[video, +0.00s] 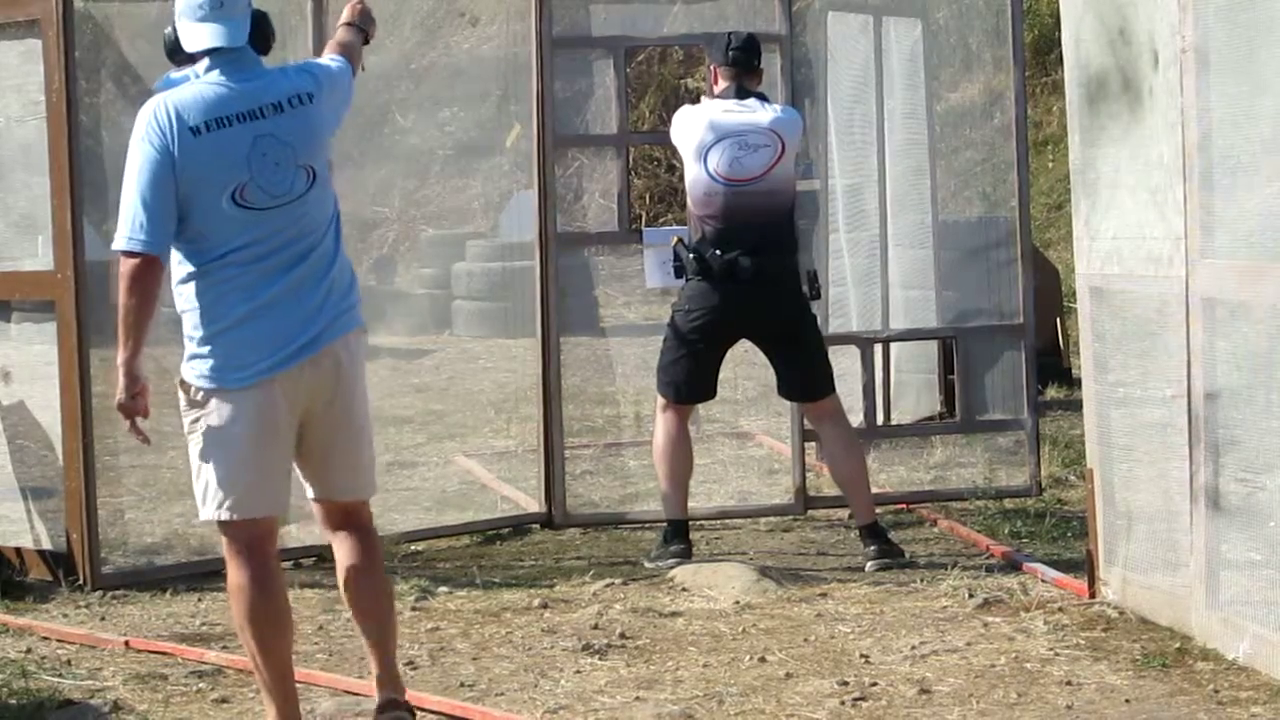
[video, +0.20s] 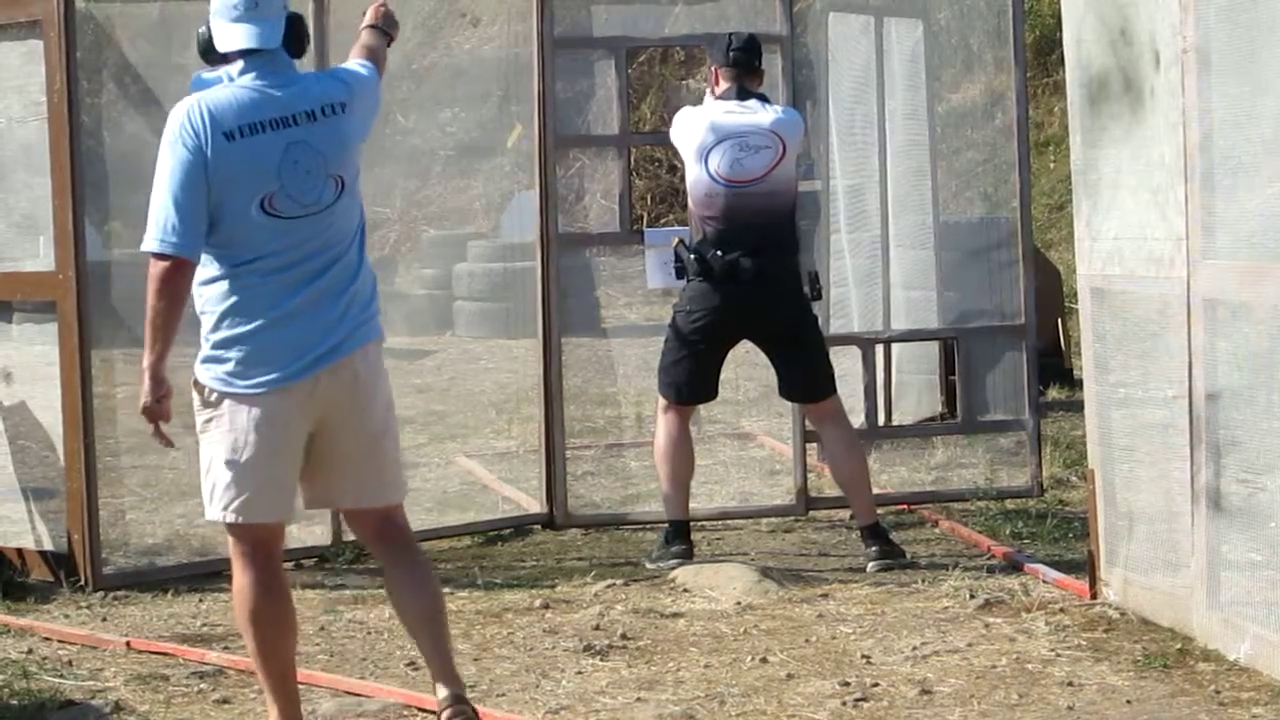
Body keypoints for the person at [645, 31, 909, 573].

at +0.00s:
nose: (711, 81)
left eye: (709, 74)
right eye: (726, 74)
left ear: (715, 77)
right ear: (760, 76)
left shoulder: (688, 120)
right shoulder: (790, 121)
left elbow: (701, 131)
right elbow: (759, 126)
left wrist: (717, 97)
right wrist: (734, 95)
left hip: (710, 295)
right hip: (780, 294)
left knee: (672, 408)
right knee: (827, 413)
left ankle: (675, 538)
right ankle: (873, 536)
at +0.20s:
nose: (713, 83)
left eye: (711, 76)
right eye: (727, 75)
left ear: (715, 77)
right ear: (760, 78)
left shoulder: (689, 123)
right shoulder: (791, 122)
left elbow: (701, 128)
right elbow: (760, 128)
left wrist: (716, 97)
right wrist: (737, 95)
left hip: (712, 296)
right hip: (781, 294)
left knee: (673, 408)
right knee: (828, 415)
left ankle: (676, 538)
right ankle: (875, 536)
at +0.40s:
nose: (718, 84)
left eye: (714, 77)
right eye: (742, 75)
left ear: (716, 78)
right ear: (762, 78)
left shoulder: (688, 124)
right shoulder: (791, 123)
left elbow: (707, 137)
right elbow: (760, 133)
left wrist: (721, 100)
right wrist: (738, 98)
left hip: (711, 296)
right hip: (781, 294)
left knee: (675, 410)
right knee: (829, 415)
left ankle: (678, 539)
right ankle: (874, 536)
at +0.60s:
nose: (771, 84)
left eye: (768, 78)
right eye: (769, 77)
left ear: (716, 78)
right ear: (762, 79)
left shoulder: (685, 128)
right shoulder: (774, 118)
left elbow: (734, 151)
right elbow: (815, 133)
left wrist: (800, 126)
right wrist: (819, 117)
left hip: (705, 295)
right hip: (773, 293)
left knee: (695, 416)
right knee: (833, 410)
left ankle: (681, 538)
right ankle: (865, 536)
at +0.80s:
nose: (787, 90)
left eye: (787, 83)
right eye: (785, 81)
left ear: (734, 74)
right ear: (771, 77)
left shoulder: (699, 125)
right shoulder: (775, 119)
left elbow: (792, 140)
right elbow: (840, 138)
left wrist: (838, 133)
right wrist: (861, 127)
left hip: (707, 296)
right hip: (769, 294)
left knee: (707, 421)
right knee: (835, 420)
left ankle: (684, 537)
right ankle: (866, 537)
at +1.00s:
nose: (794, 88)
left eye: (793, 81)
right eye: (794, 80)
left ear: (743, 75)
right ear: (781, 76)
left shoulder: (704, 122)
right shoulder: (784, 119)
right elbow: (838, 138)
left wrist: (845, 131)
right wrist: (866, 127)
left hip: (708, 294)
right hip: (769, 293)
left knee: (707, 419)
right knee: (834, 416)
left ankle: (683, 538)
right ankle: (867, 538)